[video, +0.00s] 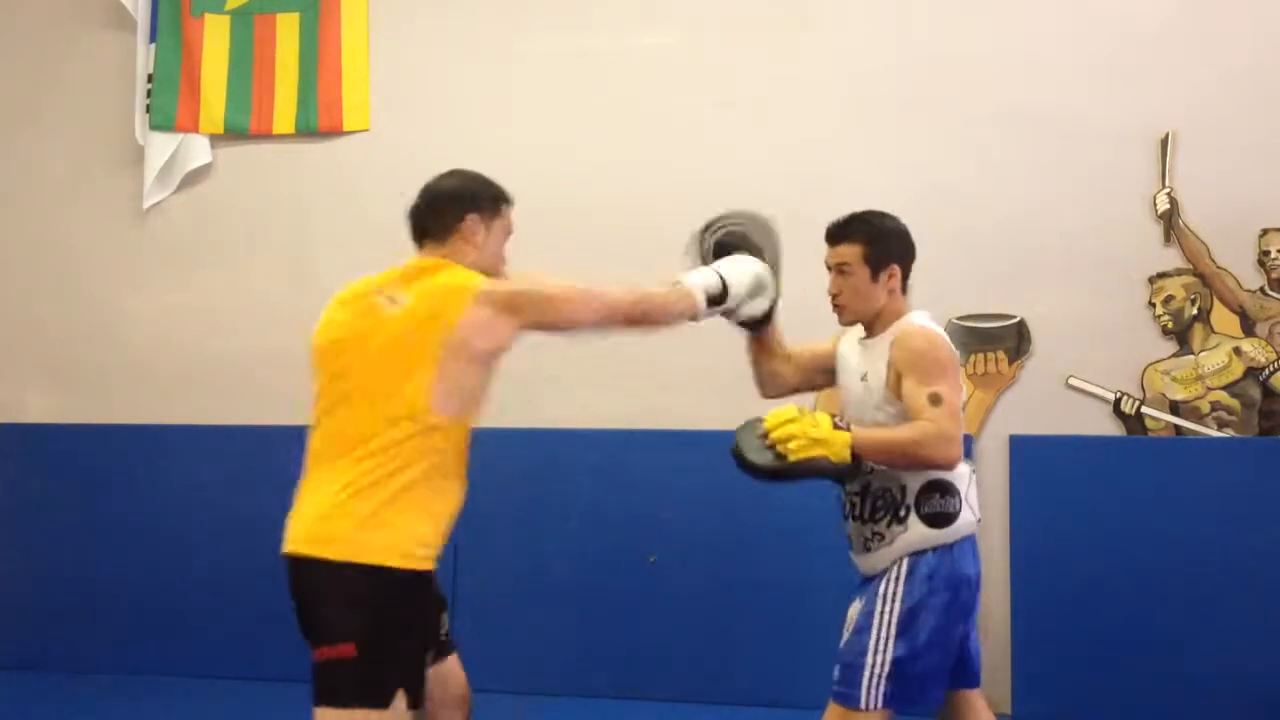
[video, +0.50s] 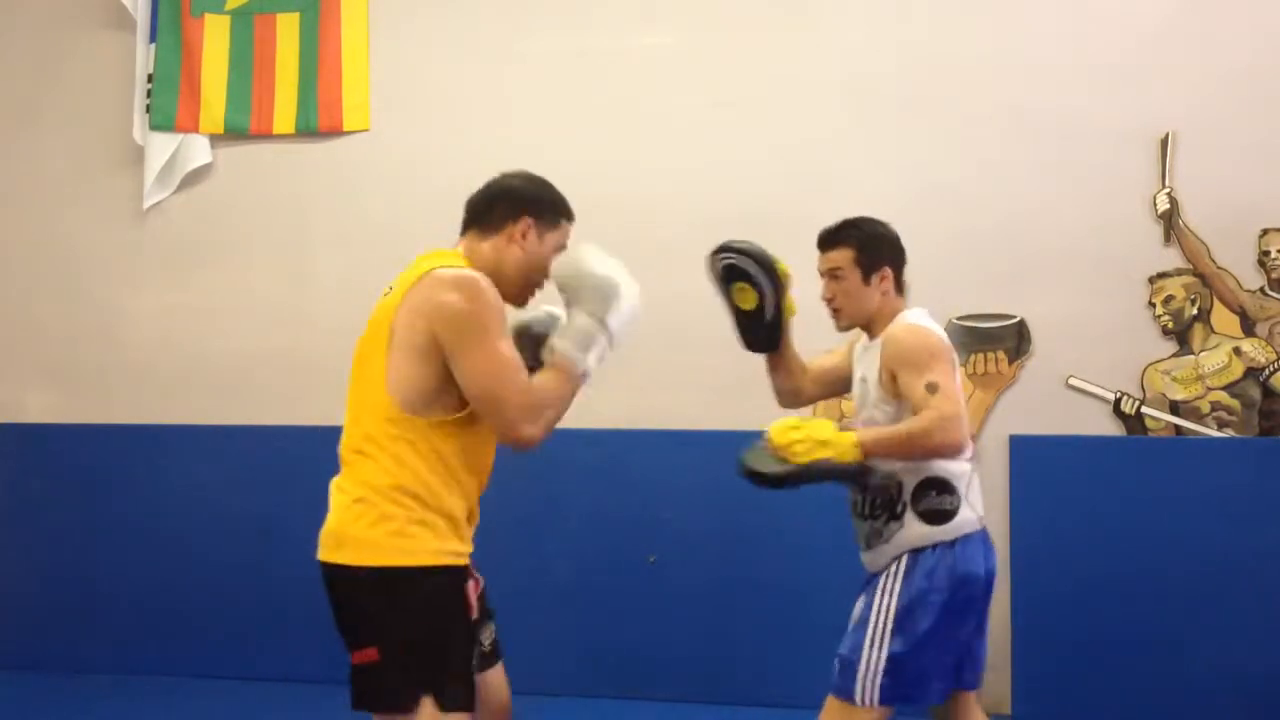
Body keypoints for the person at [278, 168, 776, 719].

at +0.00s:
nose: (507, 256)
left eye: (508, 237)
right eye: (504, 236)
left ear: (435, 233)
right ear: (471, 229)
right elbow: (626, 307)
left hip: (319, 552)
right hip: (377, 564)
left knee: (446, 698)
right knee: (358, 714)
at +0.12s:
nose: (532, 262)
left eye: (533, 245)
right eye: (529, 243)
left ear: (457, 240)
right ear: (497, 239)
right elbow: (625, 385)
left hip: (339, 546)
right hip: (400, 555)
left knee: (458, 690)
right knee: (402, 710)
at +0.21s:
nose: (542, 265)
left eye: (545, 247)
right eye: (541, 245)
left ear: (492, 236)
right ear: (508, 235)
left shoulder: (401, 296)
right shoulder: (498, 300)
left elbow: (449, 412)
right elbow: (562, 421)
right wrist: (604, 415)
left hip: (352, 537)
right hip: (411, 544)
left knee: (453, 700)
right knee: (427, 708)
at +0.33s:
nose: (550, 260)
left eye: (553, 242)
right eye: (549, 239)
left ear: (502, 227)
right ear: (514, 227)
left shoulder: (423, 283)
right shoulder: (485, 293)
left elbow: (430, 397)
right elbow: (489, 428)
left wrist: (515, 366)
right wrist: (570, 422)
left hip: (373, 538)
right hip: (418, 545)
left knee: (429, 704)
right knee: (446, 706)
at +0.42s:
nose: (550, 261)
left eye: (555, 244)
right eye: (550, 240)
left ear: (509, 227)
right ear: (516, 227)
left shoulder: (428, 279)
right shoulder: (472, 291)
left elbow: (432, 400)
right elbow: (500, 427)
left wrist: (513, 363)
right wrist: (579, 379)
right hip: (411, 553)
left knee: (478, 698)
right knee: (430, 708)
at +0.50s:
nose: (551, 271)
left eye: (558, 256)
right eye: (554, 251)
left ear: (514, 230)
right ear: (521, 232)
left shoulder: (429, 280)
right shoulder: (461, 291)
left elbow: (435, 399)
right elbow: (525, 422)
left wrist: (520, 351)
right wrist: (587, 327)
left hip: (424, 551)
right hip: (398, 558)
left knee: (489, 702)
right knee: (429, 711)